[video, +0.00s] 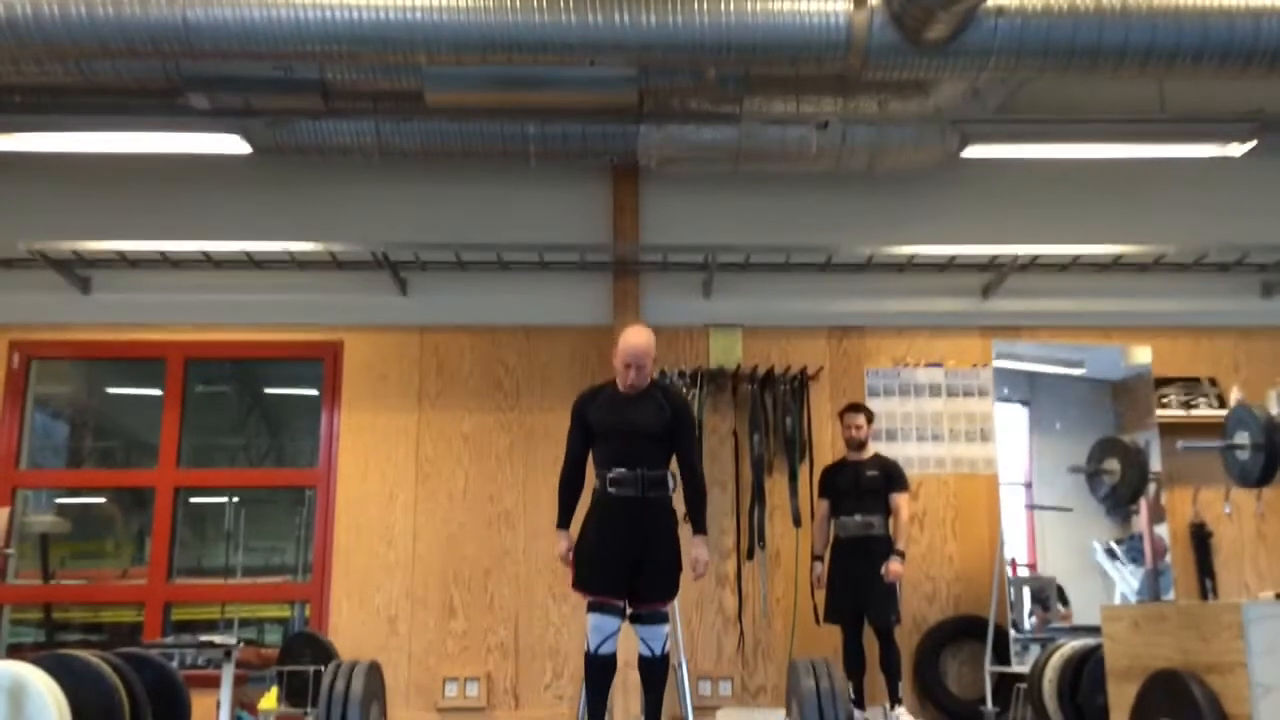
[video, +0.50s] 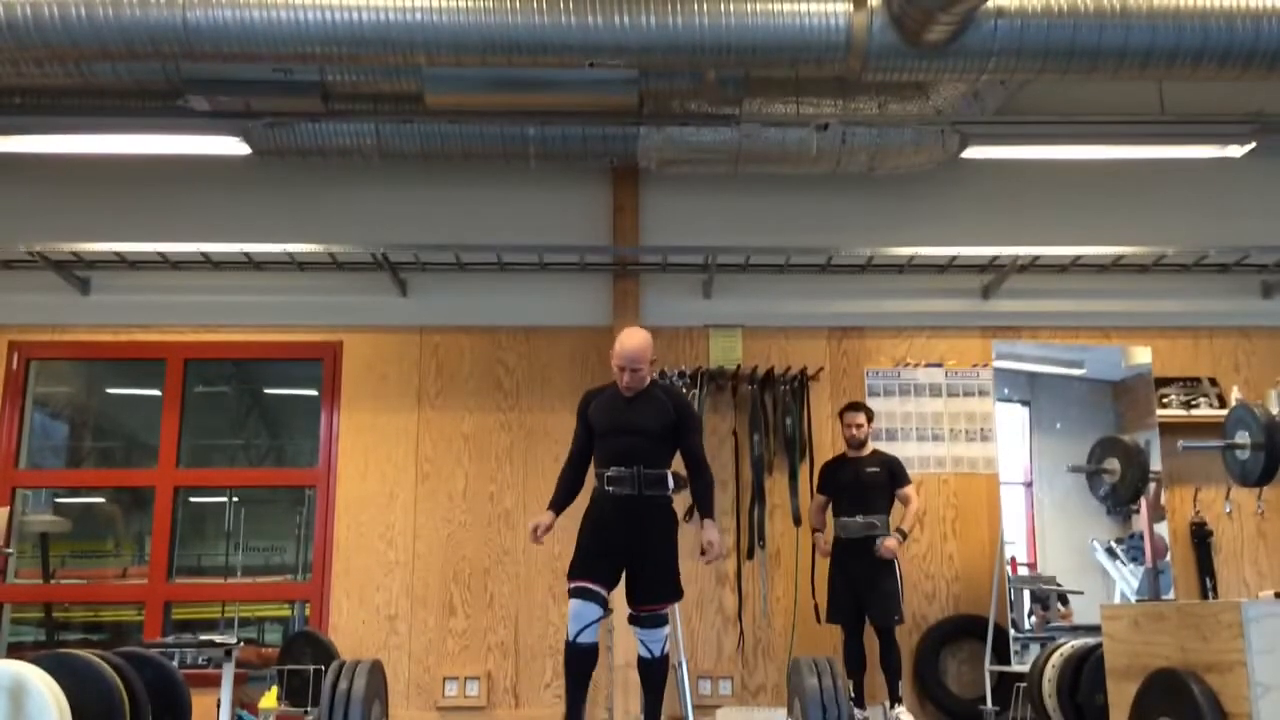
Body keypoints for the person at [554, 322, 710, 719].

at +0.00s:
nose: (632, 374)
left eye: (641, 366)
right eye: (626, 365)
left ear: (654, 363)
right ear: (614, 359)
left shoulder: (673, 405)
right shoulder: (591, 404)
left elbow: (691, 471)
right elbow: (574, 469)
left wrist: (699, 536)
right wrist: (563, 529)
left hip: (656, 530)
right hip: (605, 528)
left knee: (654, 633)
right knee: (601, 631)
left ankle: (653, 715)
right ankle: (596, 714)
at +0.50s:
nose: (625, 378)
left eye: (635, 370)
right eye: (620, 368)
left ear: (652, 364)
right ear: (611, 360)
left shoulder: (674, 404)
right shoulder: (594, 402)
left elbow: (697, 465)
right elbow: (577, 462)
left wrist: (709, 522)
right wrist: (552, 510)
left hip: (654, 524)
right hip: (603, 520)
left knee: (651, 628)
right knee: (581, 616)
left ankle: (652, 714)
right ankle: (573, 713)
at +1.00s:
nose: (580, 359)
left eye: (587, 350)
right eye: (571, 351)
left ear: (596, 343)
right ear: (556, 346)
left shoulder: (625, 384)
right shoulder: (534, 391)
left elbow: (652, 447)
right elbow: (512, 457)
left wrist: (667, 508)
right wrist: (493, 518)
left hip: (614, 515)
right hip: (559, 515)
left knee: (643, 620)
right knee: (552, 625)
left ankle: (632, 706)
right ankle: (543, 716)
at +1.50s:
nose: (594, 350)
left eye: (604, 342)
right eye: (586, 341)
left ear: (619, 332)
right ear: (574, 328)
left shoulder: (644, 377)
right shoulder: (548, 373)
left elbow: (670, 442)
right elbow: (516, 431)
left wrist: (687, 502)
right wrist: (485, 484)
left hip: (619, 511)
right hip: (560, 509)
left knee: (637, 627)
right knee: (541, 627)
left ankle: (646, 718)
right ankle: (539, 718)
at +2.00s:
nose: (589, 348)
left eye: (600, 340)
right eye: (582, 337)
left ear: (616, 328)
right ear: (567, 317)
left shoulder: (638, 369)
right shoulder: (534, 362)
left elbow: (669, 436)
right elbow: (504, 431)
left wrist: (690, 498)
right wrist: (482, 499)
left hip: (612, 505)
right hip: (549, 503)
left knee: (641, 625)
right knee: (531, 626)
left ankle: (646, 718)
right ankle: (517, 718)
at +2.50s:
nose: (583, 401)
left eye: (593, 393)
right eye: (576, 391)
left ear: (611, 376)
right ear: (562, 365)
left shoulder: (640, 404)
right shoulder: (532, 398)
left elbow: (677, 473)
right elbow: (501, 466)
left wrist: (683, 545)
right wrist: (484, 540)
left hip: (617, 518)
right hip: (553, 515)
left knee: (640, 629)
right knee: (530, 624)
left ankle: (648, 716)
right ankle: (521, 716)